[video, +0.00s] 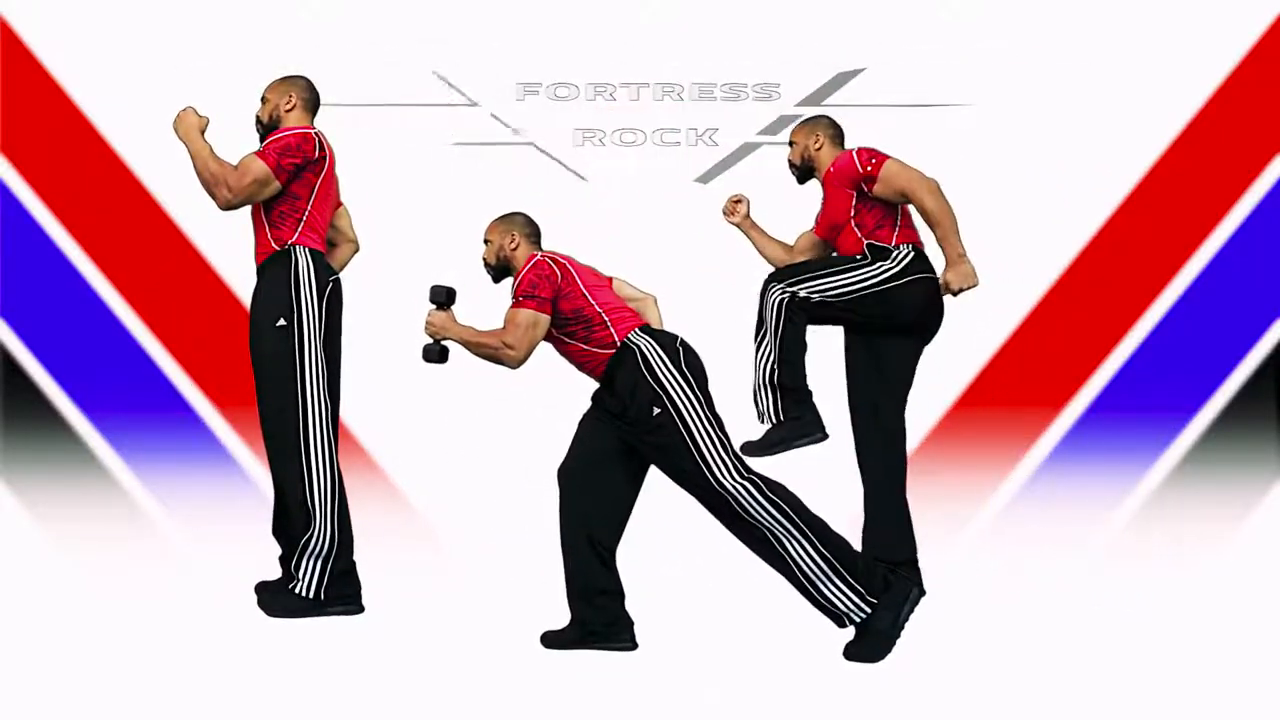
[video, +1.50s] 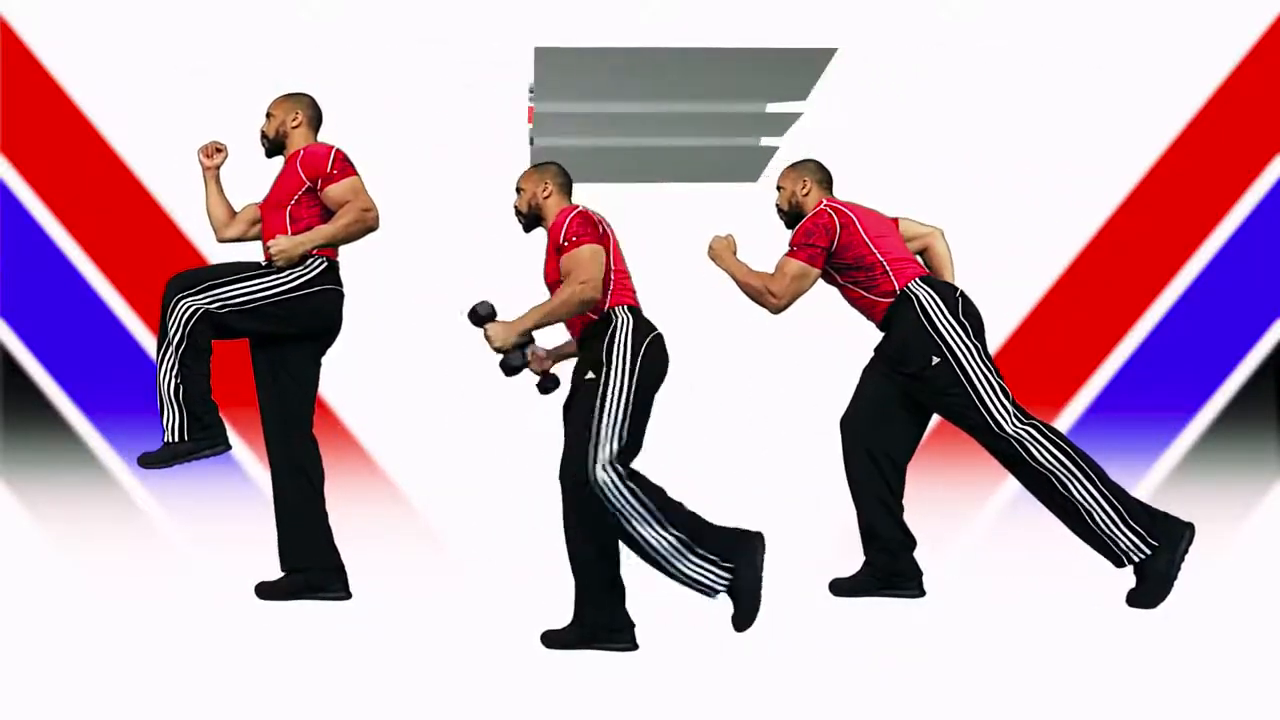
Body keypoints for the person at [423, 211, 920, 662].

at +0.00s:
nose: (484, 253)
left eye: (489, 243)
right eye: (485, 246)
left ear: (517, 239)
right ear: (524, 243)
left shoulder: (538, 270)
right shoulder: (564, 271)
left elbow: (511, 349)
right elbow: (643, 300)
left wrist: (448, 329)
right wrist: (661, 369)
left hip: (649, 366)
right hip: (626, 383)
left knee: (734, 491)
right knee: (584, 488)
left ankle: (873, 598)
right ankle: (601, 622)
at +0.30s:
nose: (490, 235)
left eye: (497, 225)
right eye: (490, 229)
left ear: (524, 223)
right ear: (523, 229)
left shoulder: (546, 252)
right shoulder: (559, 261)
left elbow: (544, 323)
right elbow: (634, 313)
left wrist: (476, 343)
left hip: (636, 363)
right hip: (610, 384)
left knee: (693, 484)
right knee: (576, 487)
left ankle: (843, 588)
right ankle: (600, 620)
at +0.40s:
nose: (498, 223)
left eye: (502, 212)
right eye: (498, 215)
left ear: (527, 210)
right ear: (531, 212)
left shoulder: (557, 238)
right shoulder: (542, 260)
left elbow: (569, 299)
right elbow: (602, 328)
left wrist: (505, 345)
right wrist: (584, 376)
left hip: (630, 353)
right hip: (604, 371)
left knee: (634, 487)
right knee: (577, 489)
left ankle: (778, 569)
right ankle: (601, 621)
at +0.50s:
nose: (511, 208)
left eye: (516, 198)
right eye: (511, 200)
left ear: (540, 196)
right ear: (542, 197)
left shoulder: (567, 222)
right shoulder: (559, 246)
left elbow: (599, 277)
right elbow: (583, 340)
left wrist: (549, 339)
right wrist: (549, 358)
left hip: (624, 341)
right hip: (607, 353)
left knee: (556, 455)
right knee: (588, 481)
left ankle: (663, 557)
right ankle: (600, 620)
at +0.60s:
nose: (521, 196)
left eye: (526, 186)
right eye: (522, 188)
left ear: (549, 184)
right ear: (553, 185)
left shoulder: (578, 211)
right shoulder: (566, 239)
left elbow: (626, 258)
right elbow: (576, 324)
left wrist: (592, 326)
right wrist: (511, 322)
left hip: (612, 343)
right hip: (616, 356)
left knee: (508, 398)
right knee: (591, 486)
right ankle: (603, 619)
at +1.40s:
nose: (526, 192)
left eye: (531, 182)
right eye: (526, 184)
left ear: (556, 181)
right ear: (557, 182)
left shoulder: (581, 211)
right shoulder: (569, 235)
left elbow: (612, 267)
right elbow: (578, 322)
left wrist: (566, 331)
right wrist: (525, 328)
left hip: (614, 333)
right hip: (612, 342)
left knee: (534, 429)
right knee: (589, 479)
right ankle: (601, 621)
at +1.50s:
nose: (517, 202)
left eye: (521, 192)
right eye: (516, 194)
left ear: (546, 188)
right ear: (549, 190)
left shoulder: (575, 220)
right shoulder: (559, 241)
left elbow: (587, 287)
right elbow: (595, 326)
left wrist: (517, 325)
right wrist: (551, 355)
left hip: (622, 341)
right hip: (598, 355)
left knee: (601, 470)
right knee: (577, 480)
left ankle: (733, 558)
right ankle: (602, 619)